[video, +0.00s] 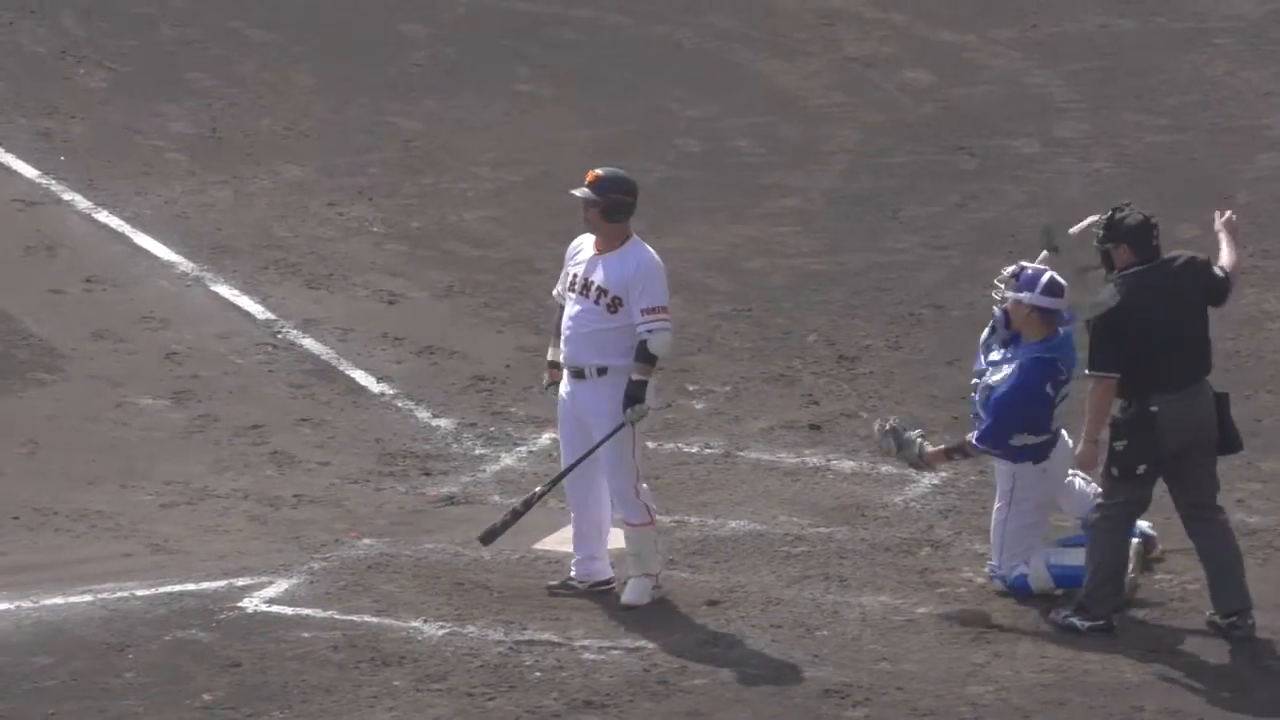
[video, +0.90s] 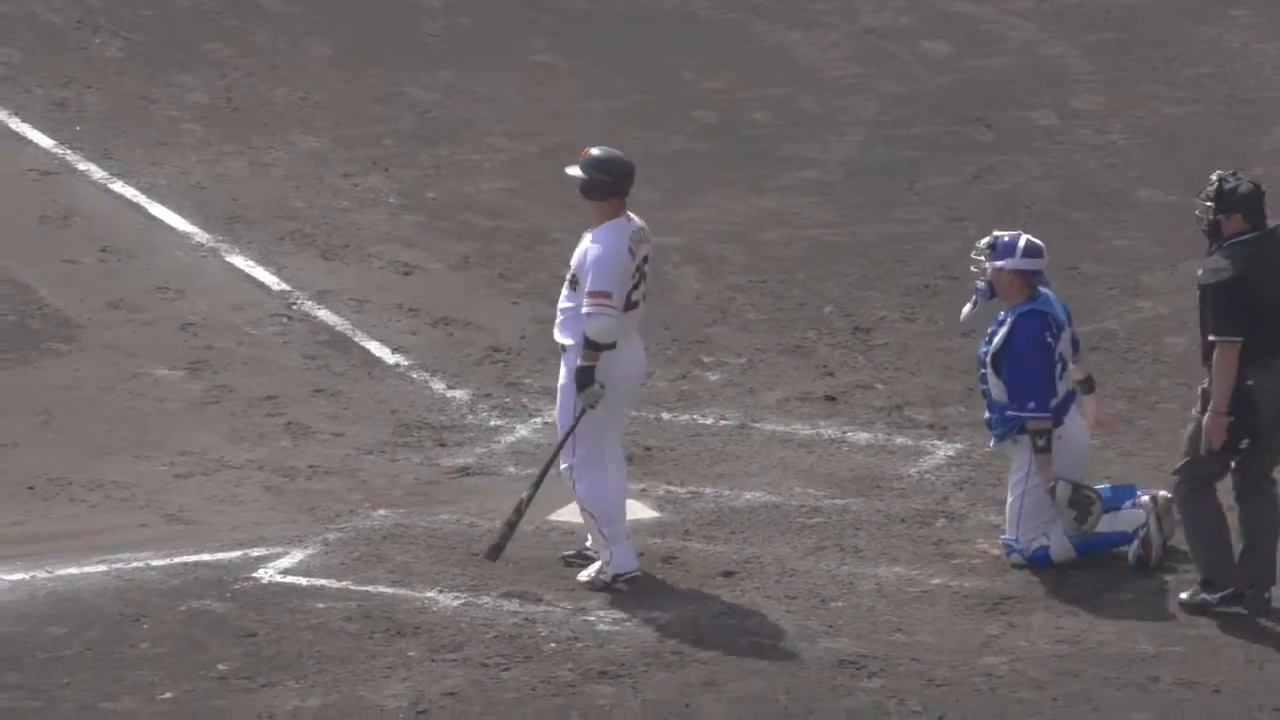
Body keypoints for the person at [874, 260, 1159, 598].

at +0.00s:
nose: (1003, 306)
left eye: (1010, 301)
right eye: (1006, 299)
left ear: (1028, 310)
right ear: (1036, 308)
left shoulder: (1028, 376)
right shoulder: (1047, 334)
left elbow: (991, 436)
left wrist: (940, 454)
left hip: (1027, 467)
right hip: (1050, 443)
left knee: (1010, 572)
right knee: (1071, 490)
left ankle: (1114, 559)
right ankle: (1130, 533)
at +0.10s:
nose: (1005, 305)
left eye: (1012, 301)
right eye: (1008, 298)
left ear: (1031, 312)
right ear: (1036, 312)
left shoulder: (1038, 381)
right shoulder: (1042, 327)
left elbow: (1023, 443)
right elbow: (999, 291)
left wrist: (966, 441)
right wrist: (939, 294)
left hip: (1037, 469)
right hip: (1059, 443)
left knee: (1014, 571)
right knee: (1070, 491)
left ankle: (1122, 555)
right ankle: (1136, 530)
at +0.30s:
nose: (990, 299)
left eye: (998, 293)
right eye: (993, 291)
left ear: (1017, 303)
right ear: (1018, 302)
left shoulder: (1051, 358)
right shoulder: (995, 322)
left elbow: (1036, 430)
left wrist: (988, 409)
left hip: (1044, 460)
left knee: (1017, 562)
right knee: (1070, 486)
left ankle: (1134, 542)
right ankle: (1141, 521)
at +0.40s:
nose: (979, 295)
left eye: (986, 288)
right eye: (982, 287)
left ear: (1006, 297)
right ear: (1005, 296)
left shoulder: (1044, 350)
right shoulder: (997, 320)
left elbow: (1041, 425)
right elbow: (974, 315)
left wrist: (991, 417)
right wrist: (956, 354)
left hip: (1047, 455)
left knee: (1018, 559)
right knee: (1067, 487)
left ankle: (1130, 538)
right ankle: (1136, 513)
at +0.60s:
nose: (980, 286)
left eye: (986, 280)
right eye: (981, 279)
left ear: (1004, 288)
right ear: (1007, 288)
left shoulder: (1035, 343)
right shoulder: (1010, 320)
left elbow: (1023, 423)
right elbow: (990, 385)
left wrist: (985, 469)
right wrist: (953, 427)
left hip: (1048, 450)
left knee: (1020, 553)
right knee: (1060, 482)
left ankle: (1135, 529)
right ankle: (1141, 509)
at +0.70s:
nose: (982, 281)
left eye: (988, 274)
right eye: (984, 273)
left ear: (1006, 283)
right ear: (1011, 281)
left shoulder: (1030, 339)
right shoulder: (1021, 313)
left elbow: (1022, 413)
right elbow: (1008, 379)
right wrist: (983, 412)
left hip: (1052, 444)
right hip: (1055, 426)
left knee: (1026, 548)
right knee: (1051, 495)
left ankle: (1135, 526)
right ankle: (1134, 501)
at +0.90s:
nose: (986, 274)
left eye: (992, 268)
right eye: (988, 267)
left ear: (1011, 276)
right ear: (1019, 274)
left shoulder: (1026, 332)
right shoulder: (1044, 301)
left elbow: (1036, 408)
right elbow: (1075, 356)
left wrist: (1044, 467)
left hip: (1044, 442)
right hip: (1062, 426)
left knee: (1027, 546)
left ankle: (1136, 526)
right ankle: (1141, 506)